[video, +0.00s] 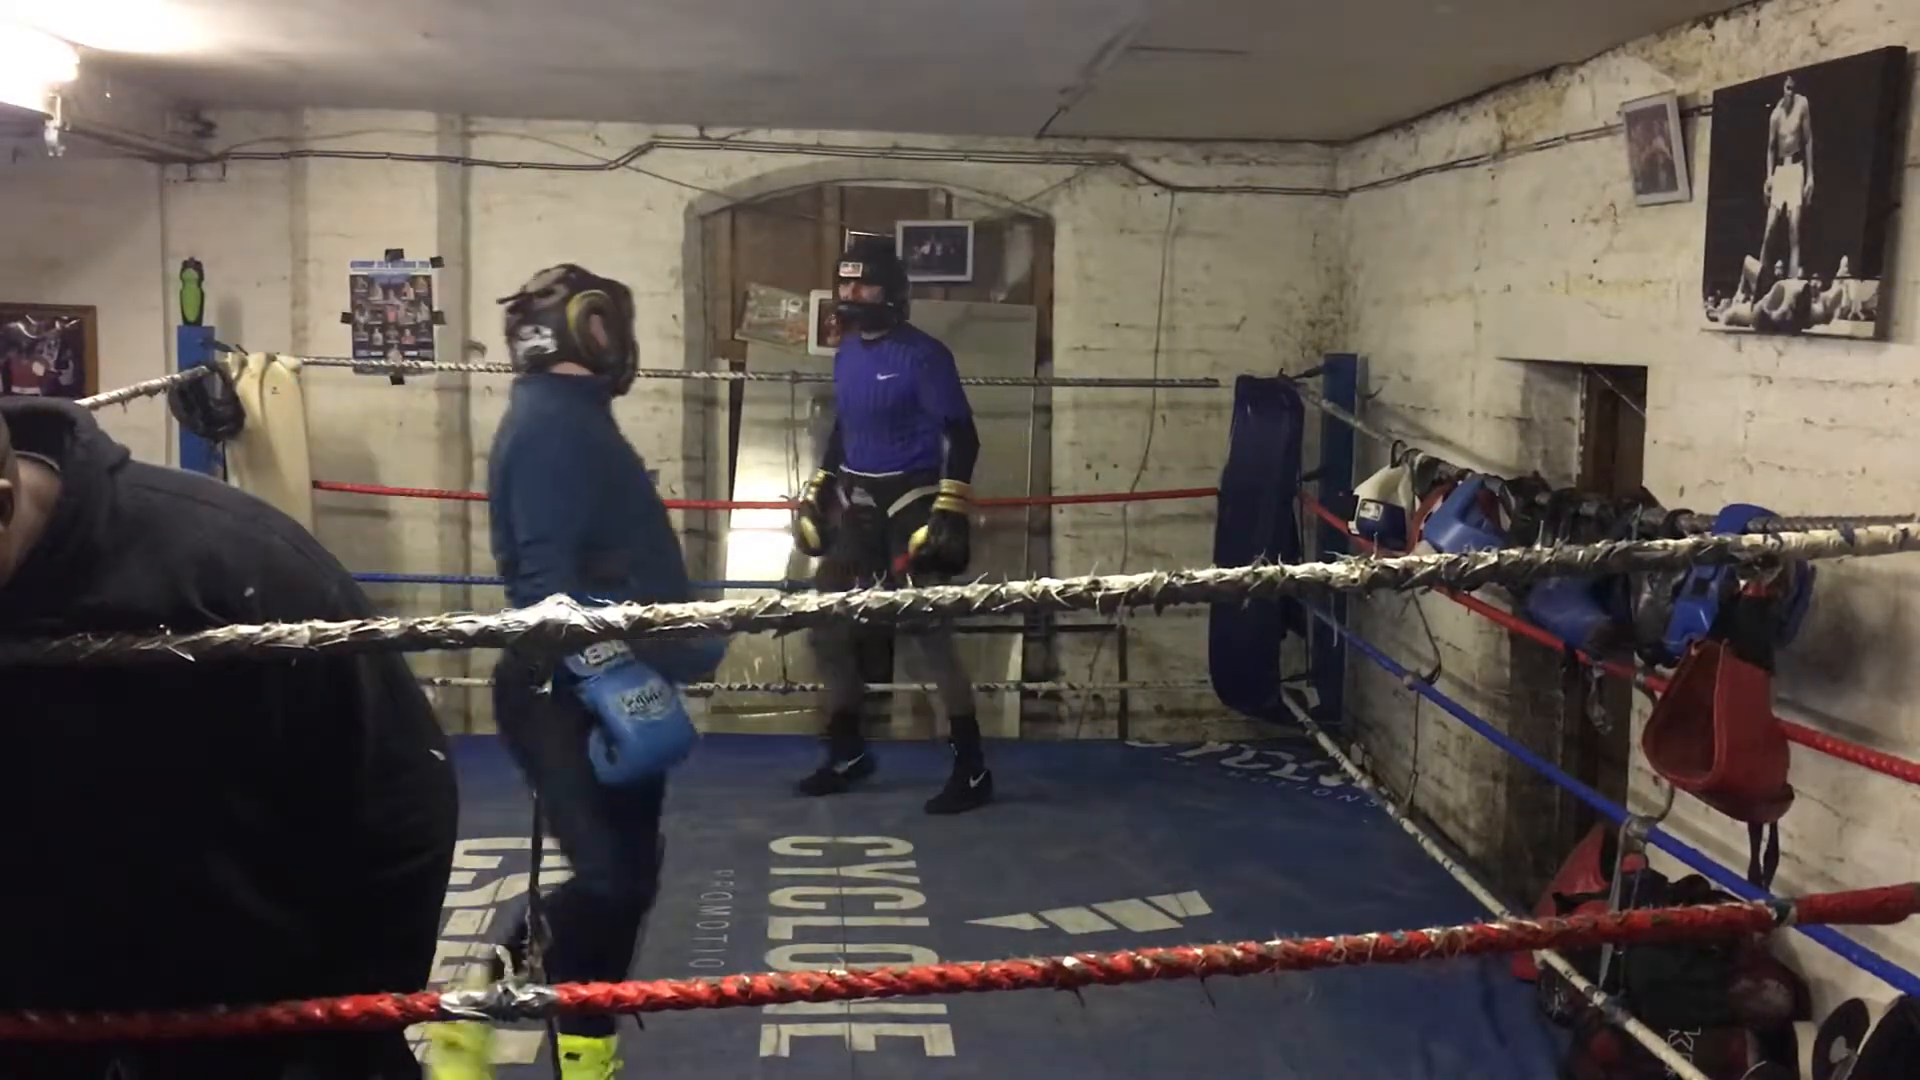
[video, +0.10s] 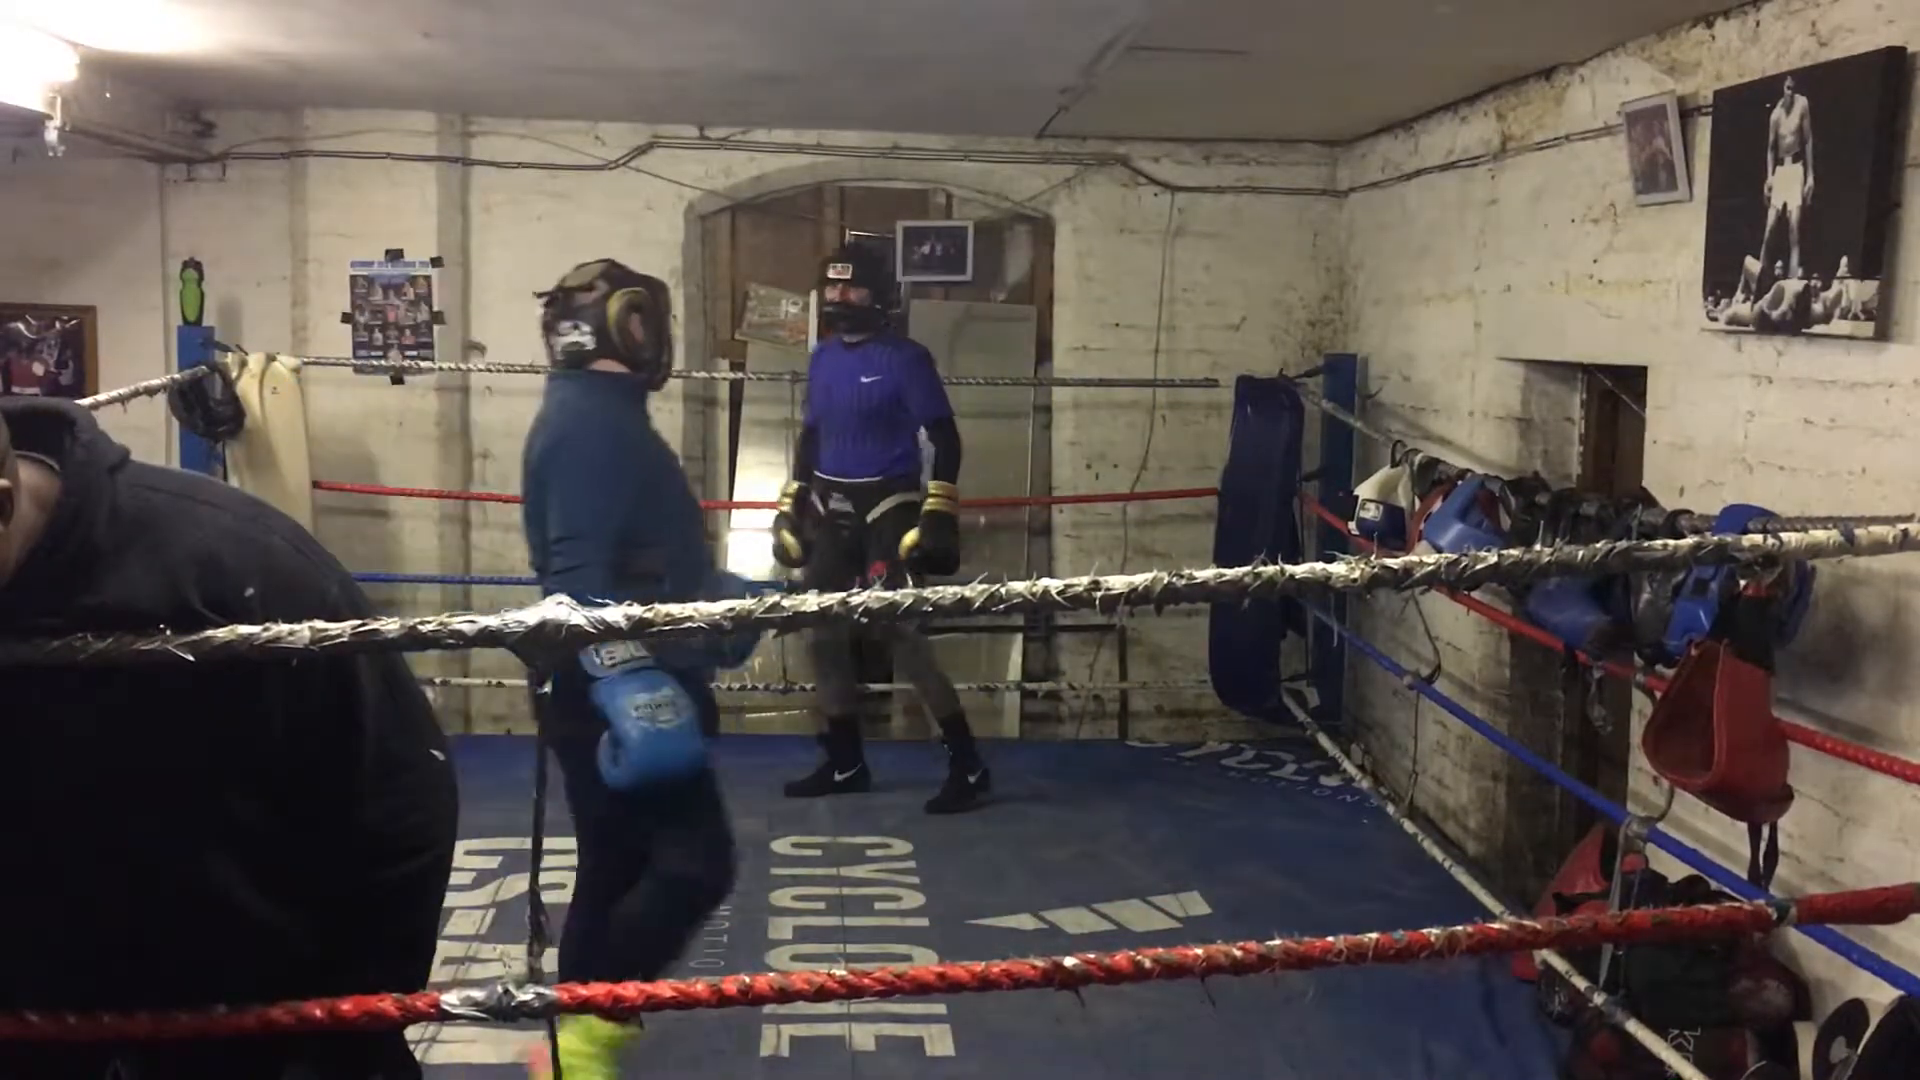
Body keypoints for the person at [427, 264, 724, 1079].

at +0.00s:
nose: (625, 338)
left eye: (619, 322)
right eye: (612, 322)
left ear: (552, 333)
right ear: (582, 329)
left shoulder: (571, 416)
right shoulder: (551, 423)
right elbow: (546, 578)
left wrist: (661, 656)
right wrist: (615, 685)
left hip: (602, 684)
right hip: (565, 688)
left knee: (618, 878)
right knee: (614, 881)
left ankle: (585, 1050)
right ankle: (465, 1008)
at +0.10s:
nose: (661, 336)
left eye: (658, 322)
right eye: (650, 320)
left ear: (593, 329)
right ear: (619, 325)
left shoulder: (607, 414)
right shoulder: (592, 419)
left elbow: (653, 562)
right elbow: (577, 562)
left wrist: (739, 595)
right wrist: (624, 674)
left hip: (616, 676)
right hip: (612, 682)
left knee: (614, 863)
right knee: (696, 861)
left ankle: (583, 1037)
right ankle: (590, 1024)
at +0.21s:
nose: (692, 337)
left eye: (691, 323)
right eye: (680, 322)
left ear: (620, 332)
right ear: (647, 329)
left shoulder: (621, 412)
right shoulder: (633, 421)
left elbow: (670, 542)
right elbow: (616, 558)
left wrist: (738, 554)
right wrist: (655, 674)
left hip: (620, 677)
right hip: (658, 680)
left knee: (619, 874)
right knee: (754, 858)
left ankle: (581, 1056)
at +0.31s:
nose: (742, 346)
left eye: (739, 331)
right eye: (733, 330)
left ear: (653, 336)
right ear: (706, 335)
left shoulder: (640, 416)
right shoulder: (682, 425)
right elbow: (668, 571)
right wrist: (710, 690)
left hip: (645, 673)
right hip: (695, 677)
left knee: (629, 871)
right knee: (783, 871)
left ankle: (583, 1051)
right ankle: (826, 1050)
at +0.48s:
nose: (825, 352)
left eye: (820, 335)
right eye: (815, 338)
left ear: (731, 361)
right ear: (791, 355)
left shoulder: (695, 444)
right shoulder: (789, 448)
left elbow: (711, 572)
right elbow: (800, 594)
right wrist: (842, 707)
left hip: (706, 689)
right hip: (780, 698)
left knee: (691, 883)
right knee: (852, 885)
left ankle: (598, 1054)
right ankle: (885, 1059)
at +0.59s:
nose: (886, 359)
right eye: (879, 345)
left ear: (786, 352)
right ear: (862, 351)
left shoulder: (736, 439)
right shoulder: (859, 444)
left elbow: (709, 576)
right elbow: (874, 587)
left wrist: (725, 664)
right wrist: (928, 699)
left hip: (753, 688)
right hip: (838, 693)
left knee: (761, 872)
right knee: (894, 880)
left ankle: (628, 1040)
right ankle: (894, 1061)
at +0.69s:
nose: (920, 352)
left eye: (912, 334)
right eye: (919, 339)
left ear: (834, 343)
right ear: (916, 346)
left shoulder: (772, 436)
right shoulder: (919, 446)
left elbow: (733, 563)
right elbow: (957, 581)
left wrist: (733, 670)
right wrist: (1014, 678)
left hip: (797, 685)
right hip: (893, 689)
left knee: (835, 844)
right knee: (912, 876)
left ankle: (712, 976)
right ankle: (896, 1058)